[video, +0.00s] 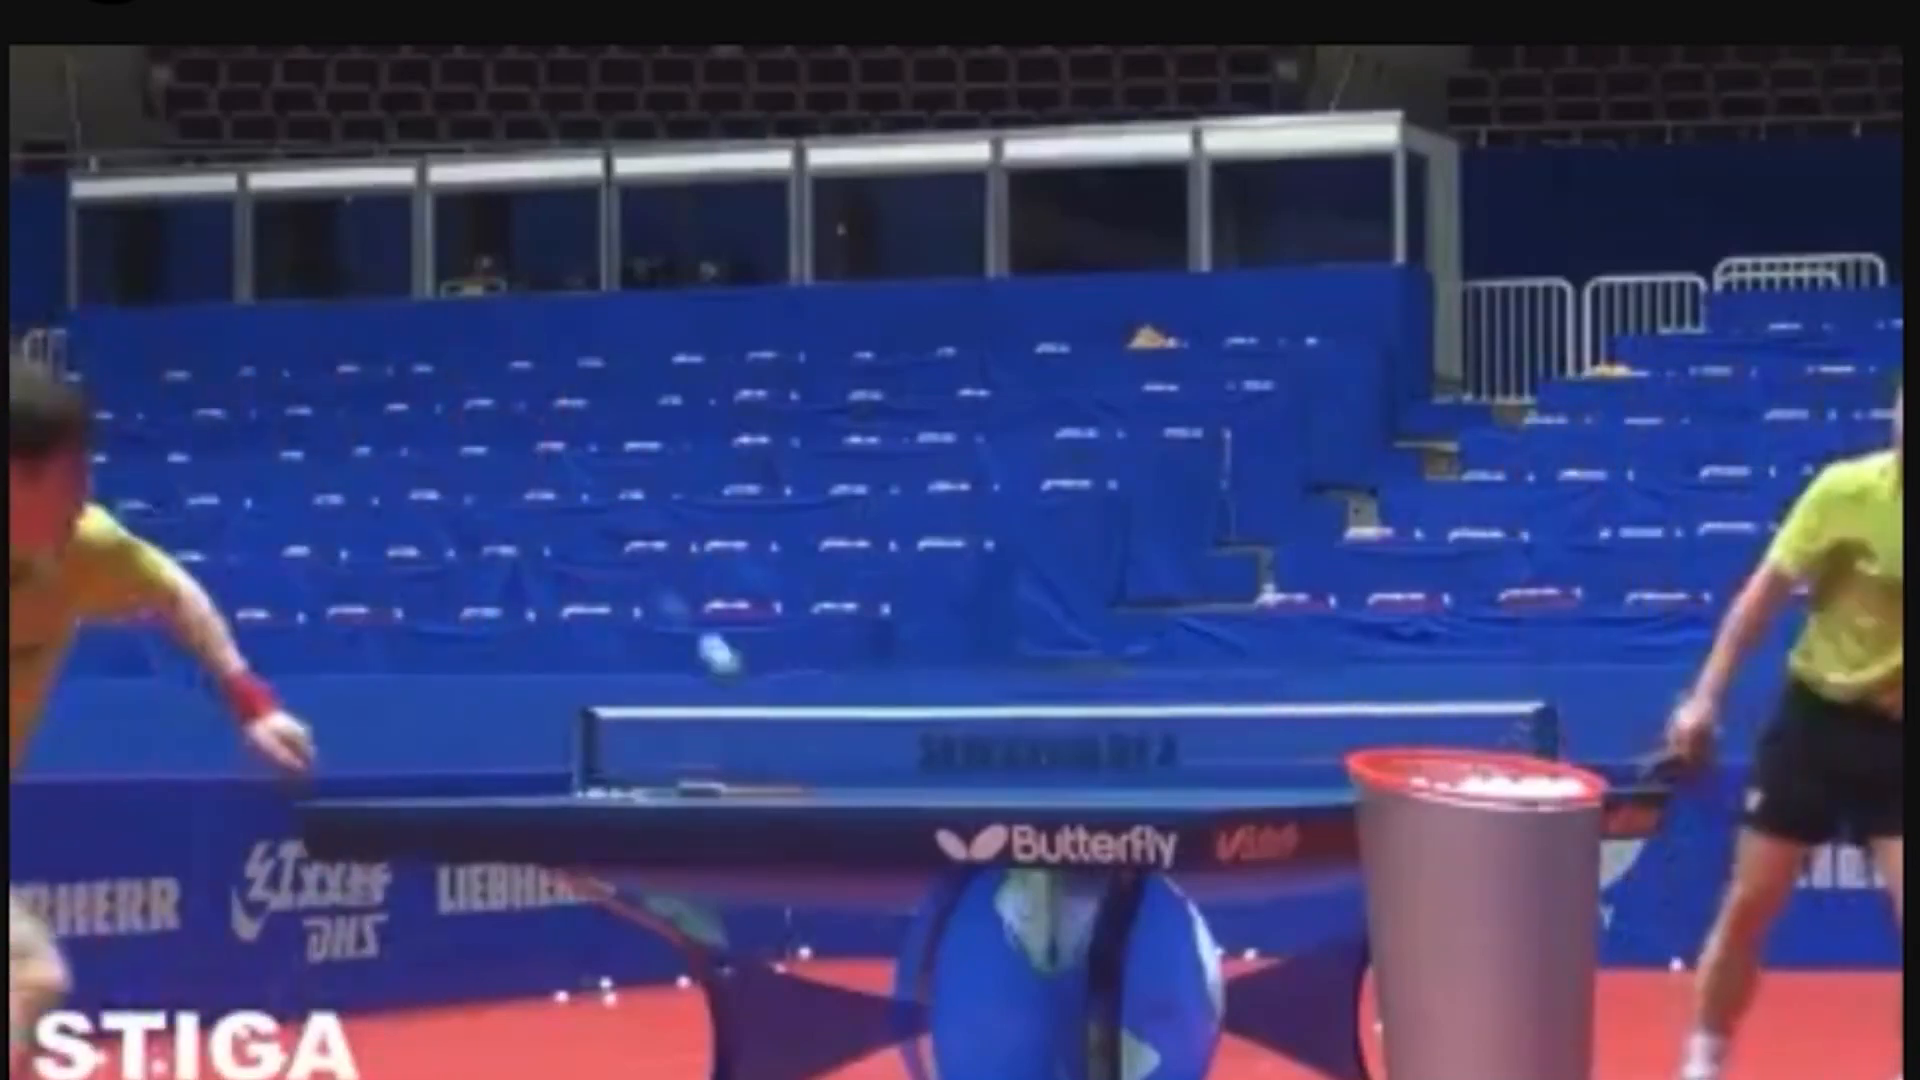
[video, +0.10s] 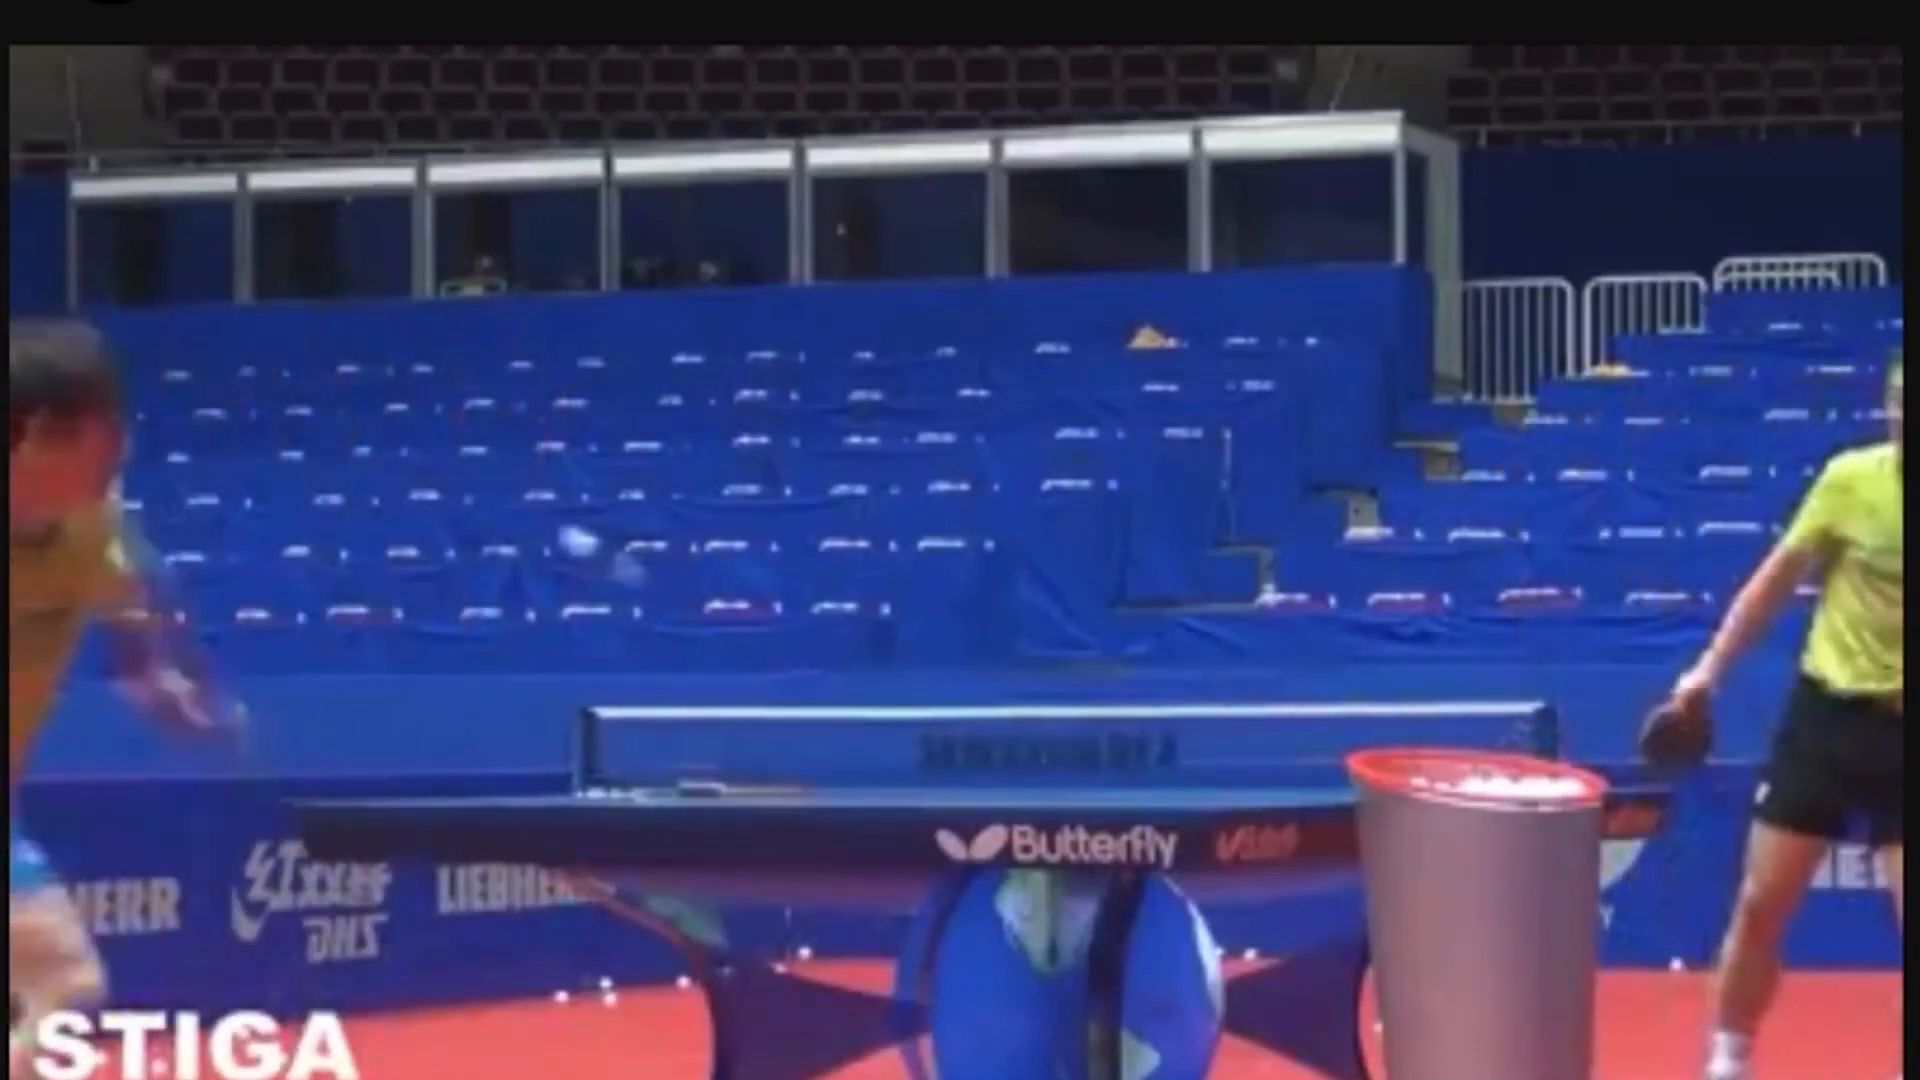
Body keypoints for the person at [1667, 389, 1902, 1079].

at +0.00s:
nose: (1903, 425)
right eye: (1901, 413)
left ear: (1897, 422)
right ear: (1894, 416)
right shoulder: (1851, 489)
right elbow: (1767, 588)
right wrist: (1705, 698)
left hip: (1896, 722)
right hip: (1819, 711)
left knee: (1902, 897)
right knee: (1753, 897)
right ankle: (1705, 1056)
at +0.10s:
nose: (1900, 410)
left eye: (1903, 397)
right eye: (1898, 395)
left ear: (1903, 407)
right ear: (1889, 403)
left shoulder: (1865, 480)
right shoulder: (1855, 478)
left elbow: (1772, 580)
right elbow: (1774, 580)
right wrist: (1707, 670)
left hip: (1899, 713)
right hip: (1830, 703)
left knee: (1903, 898)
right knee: (1763, 897)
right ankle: (1729, 1056)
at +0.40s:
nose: (1855, 412)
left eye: (1871, 396)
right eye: (1843, 396)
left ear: (1906, 399)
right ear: (1832, 402)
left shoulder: (1898, 480)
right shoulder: (1843, 471)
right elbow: (1830, 557)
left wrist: (1896, 614)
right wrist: (1730, 612)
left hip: (1902, 712)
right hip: (1840, 703)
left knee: (1901, 908)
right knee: (1795, 899)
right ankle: (1770, 1063)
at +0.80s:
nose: (1804, 407)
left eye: (1821, 392)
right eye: (1793, 392)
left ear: (1862, 399)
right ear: (1782, 400)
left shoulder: (1893, 485)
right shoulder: (1775, 478)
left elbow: (1905, 611)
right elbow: (1760, 573)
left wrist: (1832, 629)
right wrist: (1734, 634)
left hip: (1886, 719)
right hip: (1801, 709)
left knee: (1890, 910)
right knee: (1733, 893)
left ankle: (1902, 1063)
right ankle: (1744, 1063)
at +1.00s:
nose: (1757, 417)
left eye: (1774, 401)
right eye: (1749, 401)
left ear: (1818, 406)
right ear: (1740, 410)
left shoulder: (1874, 502)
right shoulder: (1723, 496)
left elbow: (1894, 617)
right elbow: (1703, 595)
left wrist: (1803, 651)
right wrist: (1661, 633)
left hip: (1841, 735)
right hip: (1738, 729)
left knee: (1880, 923)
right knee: (1663, 912)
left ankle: (1897, 1066)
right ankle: (1623, 1059)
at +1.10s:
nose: (1710, 431)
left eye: (1727, 416)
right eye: (1703, 416)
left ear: (1771, 423)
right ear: (1693, 425)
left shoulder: (1825, 518)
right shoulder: (1671, 518)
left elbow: (1883, 620)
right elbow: (1642, 610)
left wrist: (1773, 665)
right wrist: (1611, 657)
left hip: (1797, 754)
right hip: (1697, 751)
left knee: (1851, 927)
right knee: (1624, 927)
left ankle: (1895, 1067)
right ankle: (1594, 1063)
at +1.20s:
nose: (1663, 439)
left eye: (1681, 424)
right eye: (1655, 424)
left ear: (1723, 436)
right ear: (1644, 436)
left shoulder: (1778, 526)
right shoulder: (1621, 530)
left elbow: (1833, 631)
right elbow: (1594, 622)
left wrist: (1731, 672)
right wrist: (1584, 663)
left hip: (1758, 755)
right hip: (1654, 752)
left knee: (1826, 928)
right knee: (1577, 927)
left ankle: (1890, 1066)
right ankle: (1564, 1064)